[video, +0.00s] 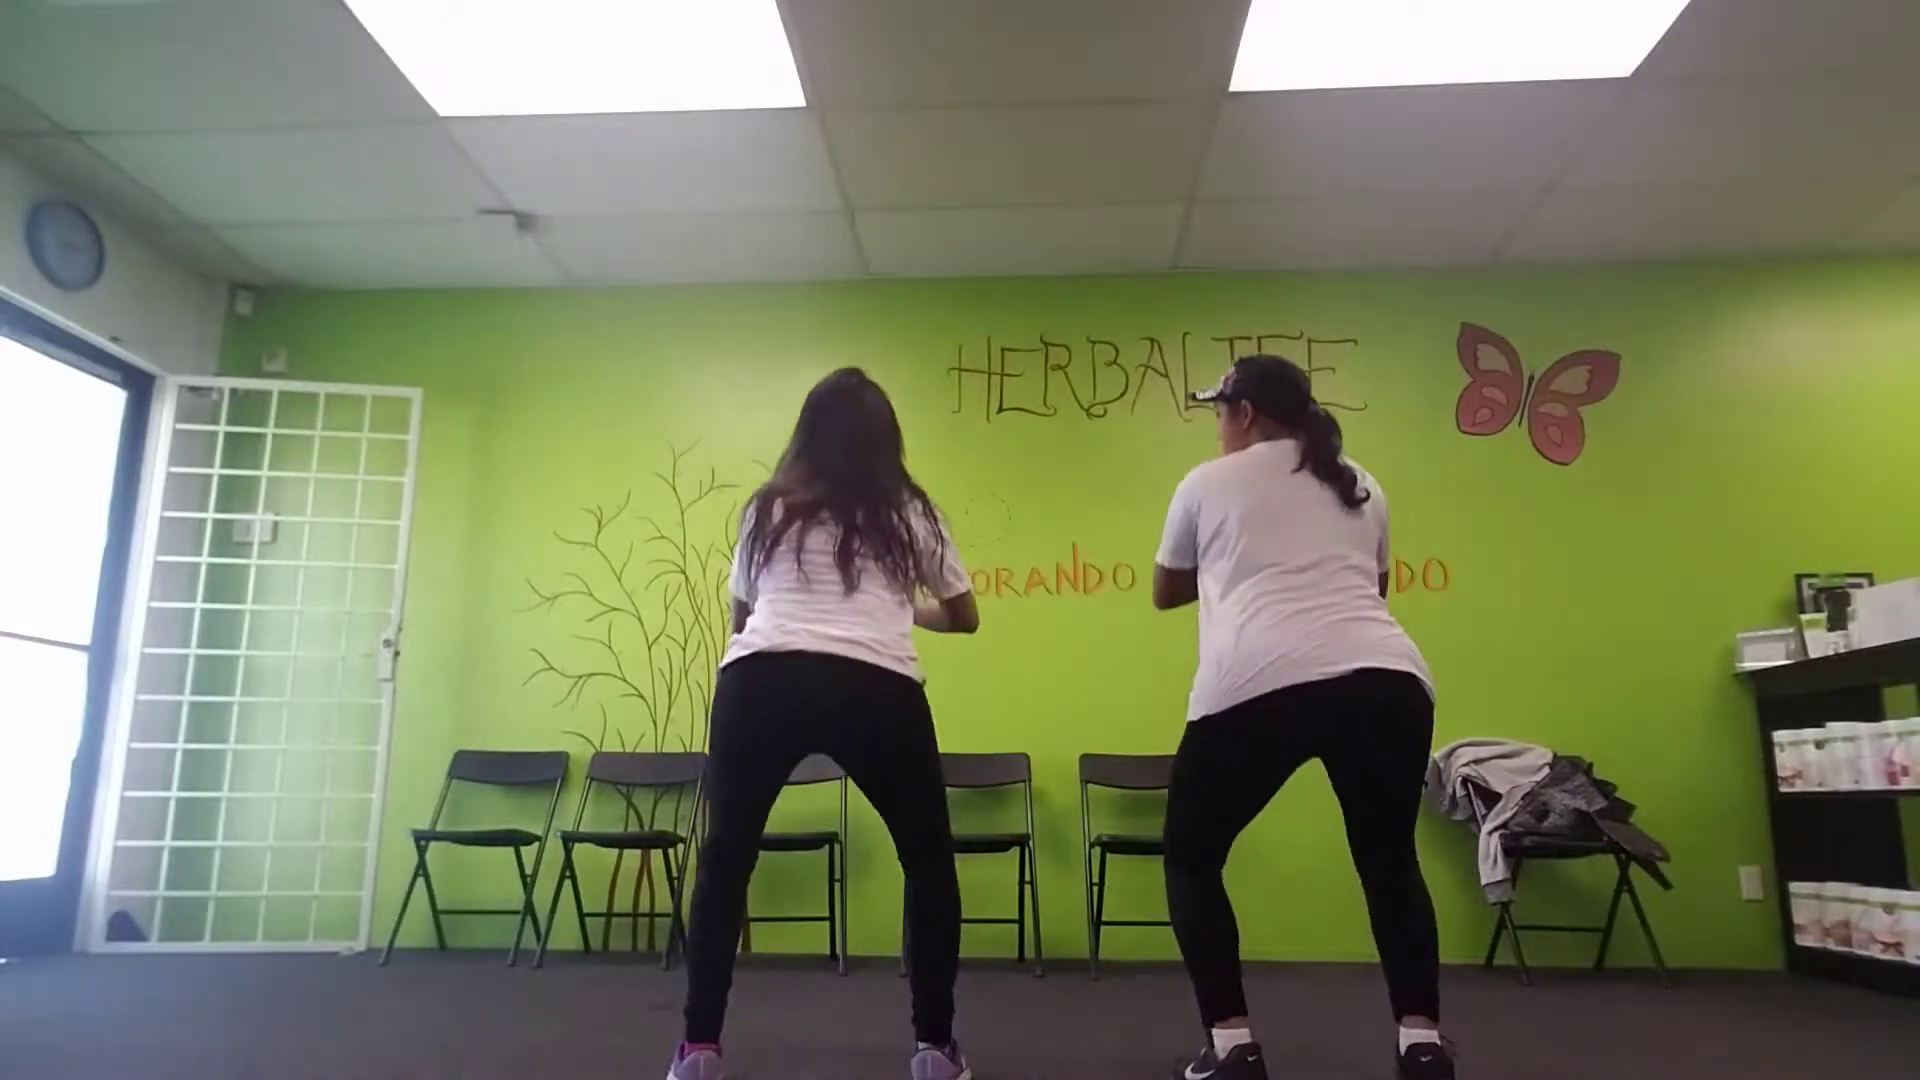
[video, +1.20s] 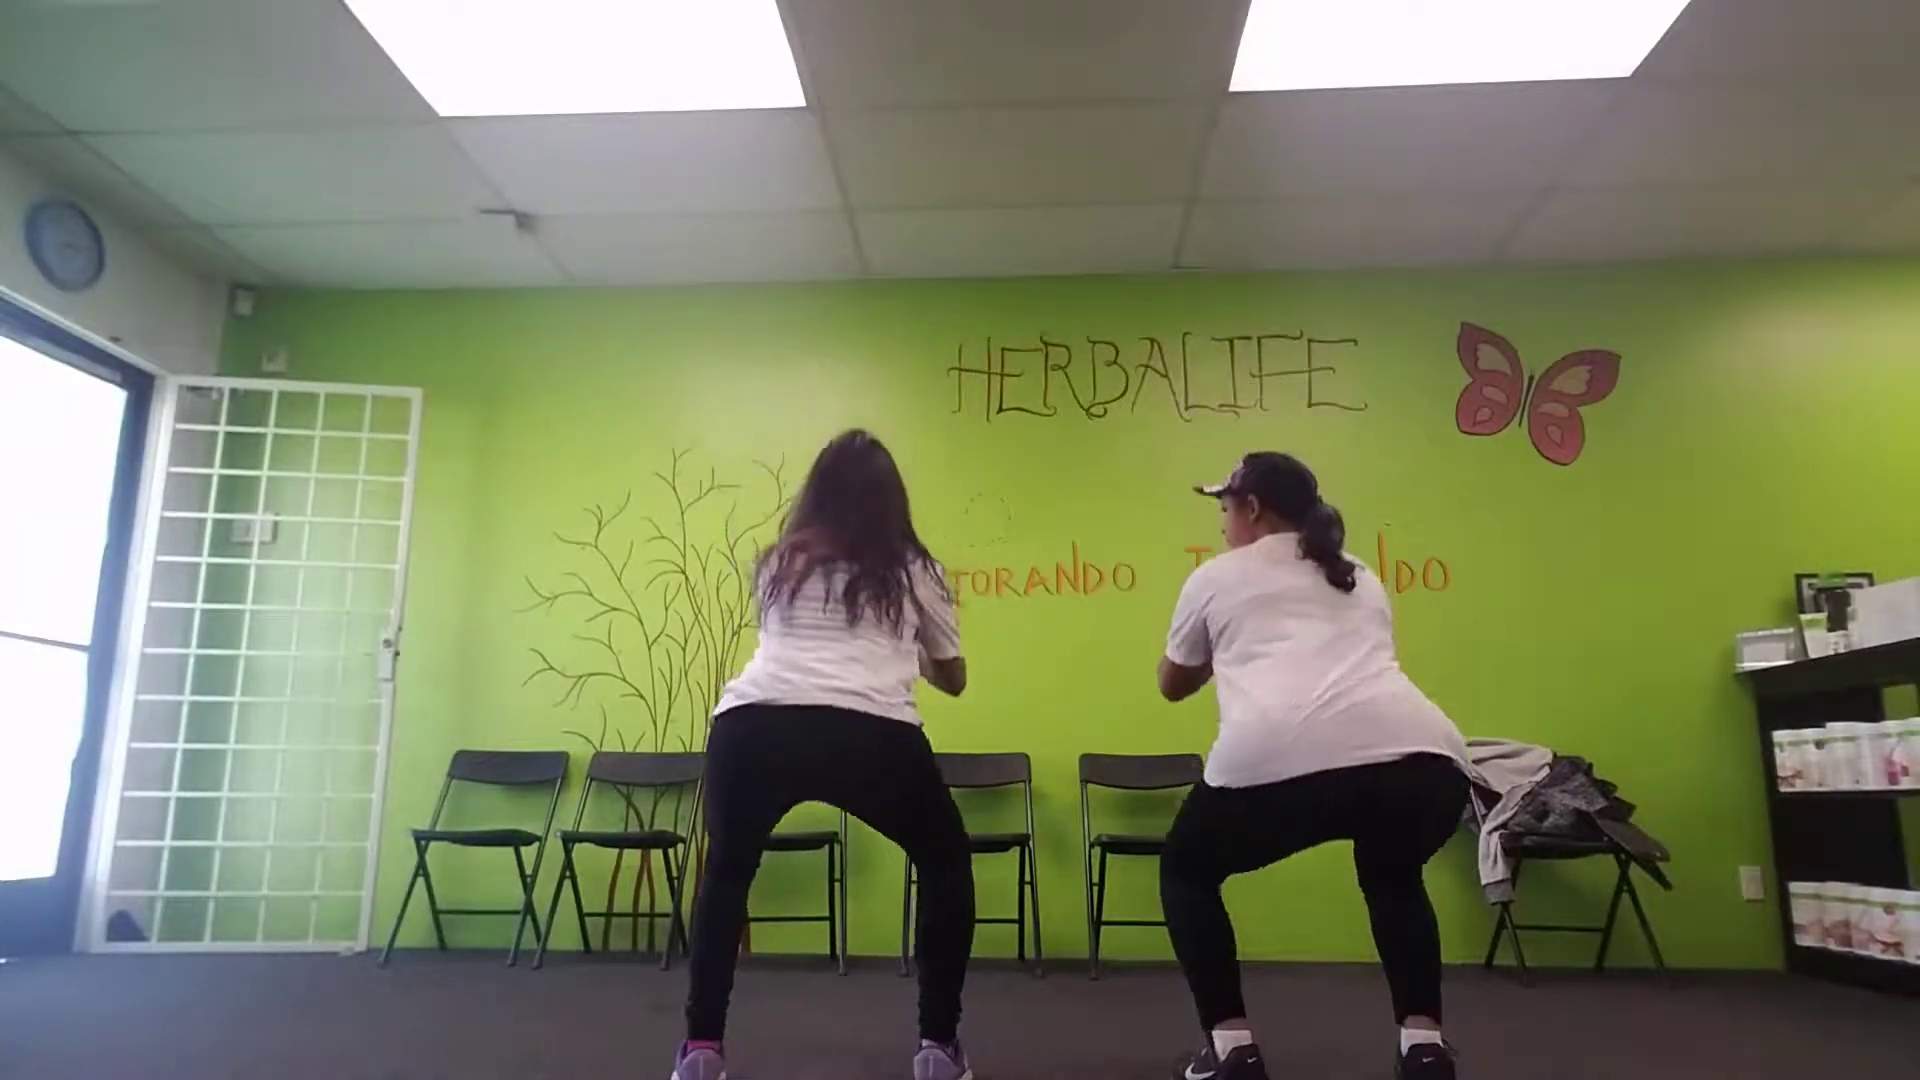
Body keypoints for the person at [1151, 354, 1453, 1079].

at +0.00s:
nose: (1218, 429)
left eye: (1222, 415)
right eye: (1219, 415)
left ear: (1246, 416)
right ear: (1298, 416)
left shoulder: (1206, 484)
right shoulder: (1361, 484)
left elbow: (1169, 591)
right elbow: (1378, 584)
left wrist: (1249, 559)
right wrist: (1300, 565)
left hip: (1256, 690)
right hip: (1383, 682)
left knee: (1192, 859)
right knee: (1390, 855)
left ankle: (1232, 1045)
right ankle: (1421, 1036)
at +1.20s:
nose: (1224, 523)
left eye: (1228, 509)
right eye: (1224, 510)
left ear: (1252, 510)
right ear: (1303, 511)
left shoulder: (1216, 579)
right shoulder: (1362, 576)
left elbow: (1174, 683)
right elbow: (1378, 662)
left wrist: (1236, 631)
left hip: (1275, 775)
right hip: (1420, 767)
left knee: (1187, 872)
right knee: (1392, 870)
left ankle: (1232, 1047)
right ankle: (1424, 1042)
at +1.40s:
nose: (1220, 610)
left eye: (1224, 598)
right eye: (1220, 598)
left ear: (1248, 599)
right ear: (1302, 601)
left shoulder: (1211, 668)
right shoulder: (1360, 664)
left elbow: (1175, 777)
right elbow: (1372, 744)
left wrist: (1228, 706)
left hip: (1272, 876)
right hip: (1424, 870)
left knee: (1172, 879)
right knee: (1392, 885)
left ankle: (1232, 1046)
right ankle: (1419, 1041)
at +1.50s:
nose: (1217, 637)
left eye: (1221, 624)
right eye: (1218, 624)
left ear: (1245, 628)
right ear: (1300, 628)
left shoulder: (1208, 695)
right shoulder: (1357, 688)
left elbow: (1177, 805)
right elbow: (1374, 772)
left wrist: (1227, 745)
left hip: (1277, 899)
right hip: (1424, 893)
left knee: (1169, 880)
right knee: (1392, 873)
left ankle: (1234, 1046)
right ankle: (1417, 1038)